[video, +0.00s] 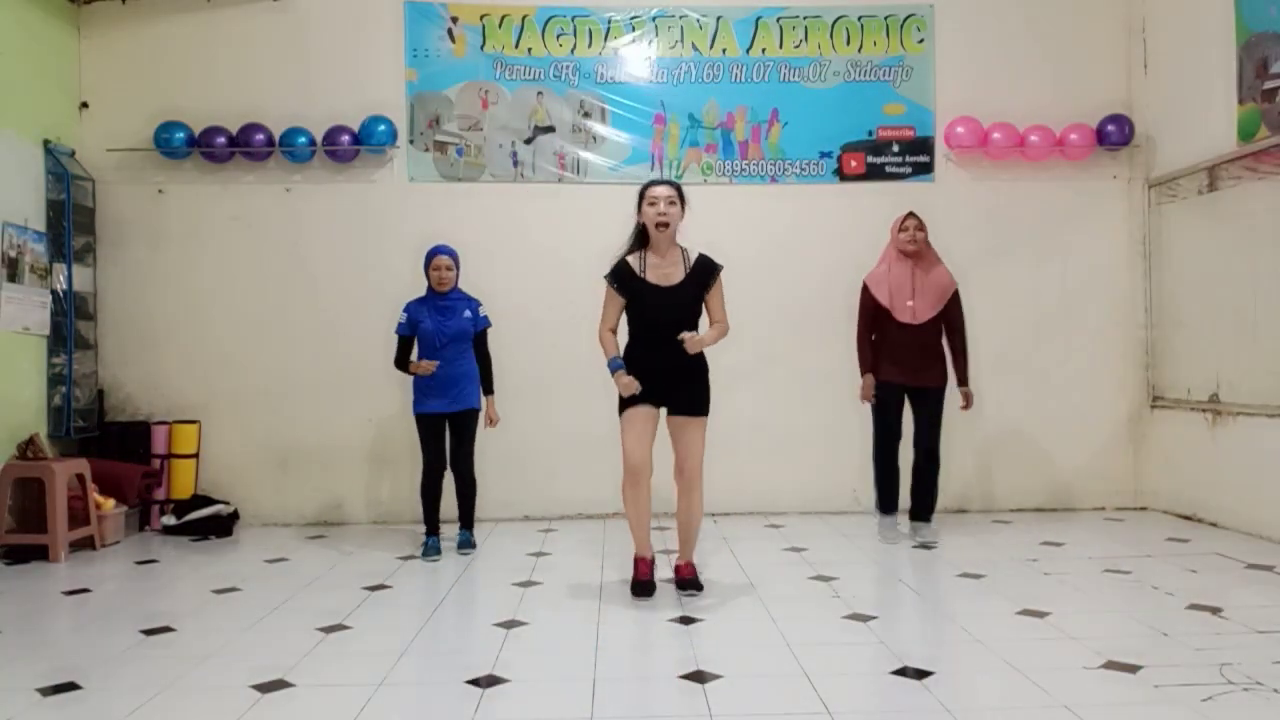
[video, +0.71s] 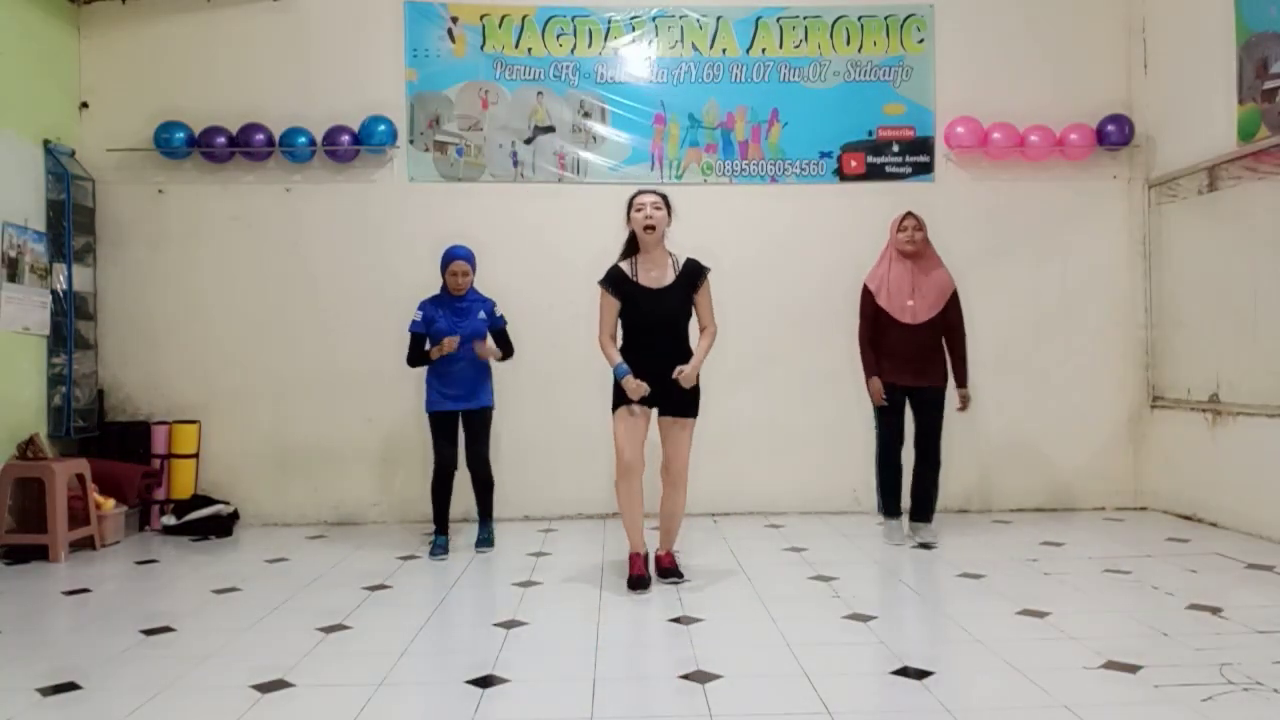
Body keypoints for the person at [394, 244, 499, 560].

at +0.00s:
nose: (442, 274)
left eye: (448, 269)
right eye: (436, 269)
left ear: (457, 272)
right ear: (427, 273)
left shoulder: (471, 306)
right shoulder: (415, 309)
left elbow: (482, 354)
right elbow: (401, 359)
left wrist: (489, 399)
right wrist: (414, 366)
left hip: (465, 398)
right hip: (428, 400)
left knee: (462, 465)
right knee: (434, 466)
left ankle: (466, 531)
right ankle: (431, 535)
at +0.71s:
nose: (459, 279)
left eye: (465, 273)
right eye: (453, 273)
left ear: (473, 275)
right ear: (443, 275)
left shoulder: (485, 306)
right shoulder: (429, 308)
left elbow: (507, 349)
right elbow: (413, 358)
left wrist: (493, 352)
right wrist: (438, 350)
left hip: (478, 396)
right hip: (441, 398)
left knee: (477, 462)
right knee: (445, 464)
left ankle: (486, 526)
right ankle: (440, 534)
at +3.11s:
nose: (469, 269)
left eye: (476, 265)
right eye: (465, 264)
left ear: (486, 270)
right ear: (457, 271)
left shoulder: (496, 293)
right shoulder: (450, 295)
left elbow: (497, 249)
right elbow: (443, 249)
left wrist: (476, 204)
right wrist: (458, 206)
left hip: (493, 386)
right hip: (459, 386)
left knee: (489, 456)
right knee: (462, 453)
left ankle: (486, 522)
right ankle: (460, 510)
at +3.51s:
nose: (472, 276)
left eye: (478, 272)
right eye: (467, 273)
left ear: (488, 280)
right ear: (459, 280)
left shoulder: (499, 304)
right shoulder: (450, 305)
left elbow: (504, 258)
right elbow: (442, 256)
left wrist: (484, 224)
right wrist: (463, 223)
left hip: (491, 396)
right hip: (457, 396)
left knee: (489, 464)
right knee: (464, 465)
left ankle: (489, 525)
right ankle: (464, 525)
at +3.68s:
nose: (473, 249)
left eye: (479, 245)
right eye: (468, 246)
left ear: (489, 252)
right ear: (461, 252)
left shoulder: (499, 278)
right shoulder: (453, 279)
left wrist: (478, 203)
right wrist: (460, 207)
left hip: (493, 366)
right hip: (459, 367)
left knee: (490, 439)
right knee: (463, 439)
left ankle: (491, 511)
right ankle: (464, 511)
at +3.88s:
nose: (477, 268)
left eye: (483, 264)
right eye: (472, 264)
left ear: (492, 271)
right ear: (464, 272)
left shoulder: (503, 301)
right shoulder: (453, 304)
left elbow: (500, 334)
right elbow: (452, 332)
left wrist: (483, 362)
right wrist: (466, 356)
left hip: (494, 385)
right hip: (459, 385)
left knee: (492, 453)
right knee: (464, 453)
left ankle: (492, 522)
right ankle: (471, 522)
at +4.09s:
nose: (477, 271)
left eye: (483, 267)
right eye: (472, 267)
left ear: (493, 274)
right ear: (464, 274)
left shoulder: (507, 310)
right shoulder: (453, 310)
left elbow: (505, 357)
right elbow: (445, 361)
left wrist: (496, 397)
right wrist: (463, 393)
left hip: (495, 397)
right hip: (460, 398)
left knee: (492, 461)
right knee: (467, 461)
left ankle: (491, 525)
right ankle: (472, 525)